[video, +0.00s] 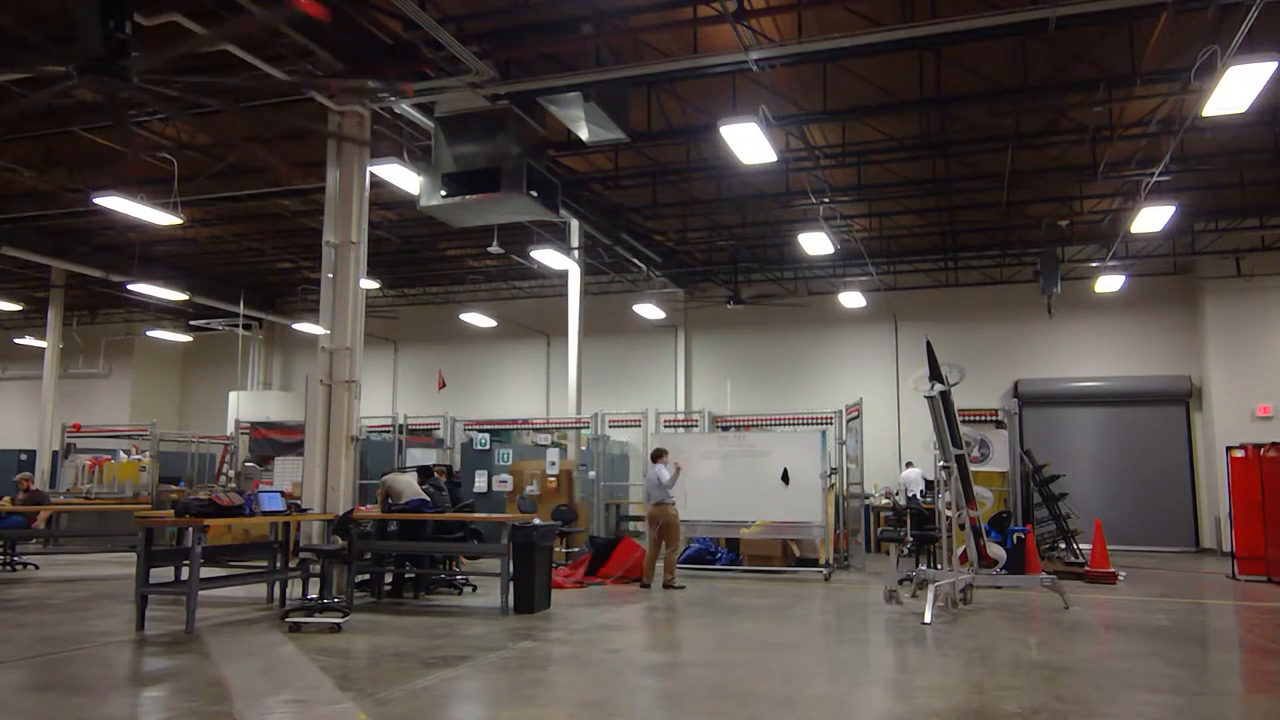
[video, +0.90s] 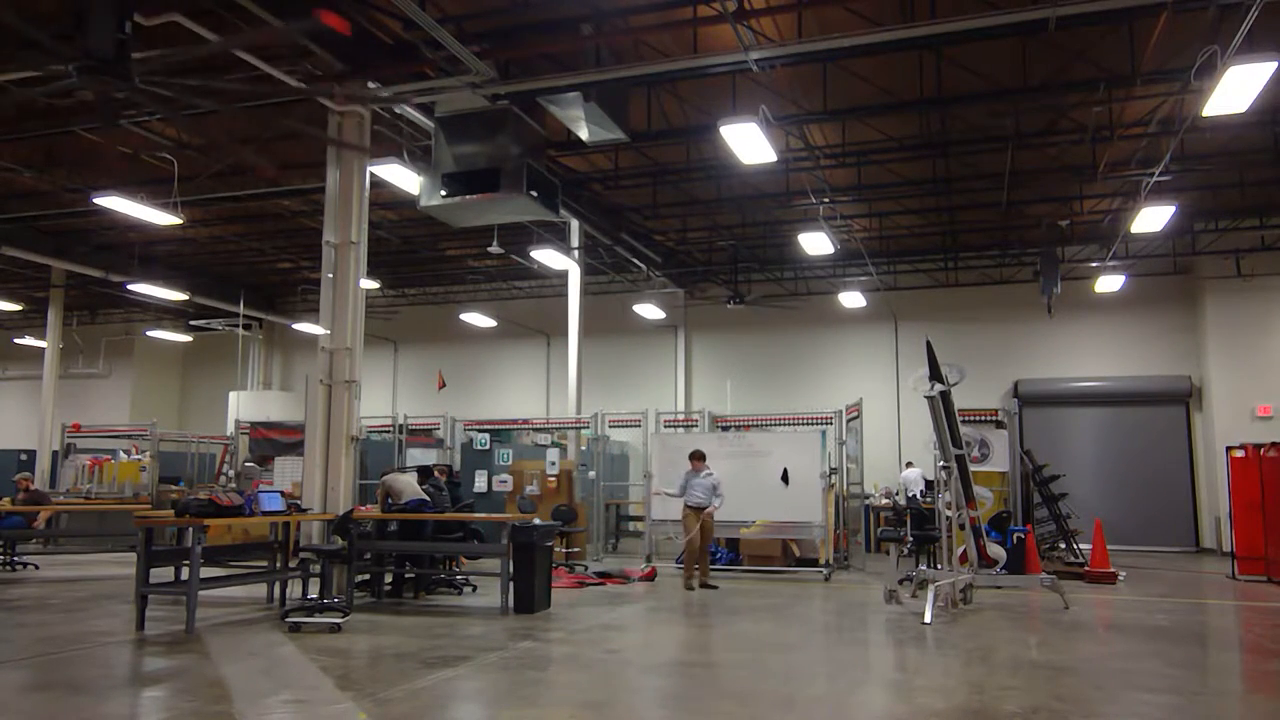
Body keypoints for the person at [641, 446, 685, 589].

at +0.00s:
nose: (667, 460)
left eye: (667, 457)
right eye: (666, 457)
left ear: (654, 459)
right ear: (661, 458)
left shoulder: (649, 473)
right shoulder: (660, 468)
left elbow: (647, 494)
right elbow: (668, 484)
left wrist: (648, 508)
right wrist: (677, 472)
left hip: (654, 507)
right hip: (667, 507)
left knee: (653, 547)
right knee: (672, 547)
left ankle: (646, 579)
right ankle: (669, 579)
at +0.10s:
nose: (671, 460)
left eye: (671, 458)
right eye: (670, 458)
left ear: (659, 459)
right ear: (665, 458)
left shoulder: (658, 470)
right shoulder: (663, 470)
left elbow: (660, 488)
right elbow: (664, 486)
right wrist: (671, 474)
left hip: (660, 507)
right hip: (669, 507)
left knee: (659, 547)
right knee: (672, 546)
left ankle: (649, 578)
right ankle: (669, 579)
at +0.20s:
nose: (675, 461)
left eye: (675, 458)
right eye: (673, 458)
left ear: (672, 460)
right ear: (666, 459)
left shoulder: (672, 475)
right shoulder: (662, 474)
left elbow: (674, 493)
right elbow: (662, 488)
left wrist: (687, 497)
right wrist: (666, 474)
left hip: (674, 507)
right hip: (667, 507)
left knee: (670, 545)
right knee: (672, 546)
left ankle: (658, 576)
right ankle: (667, 579)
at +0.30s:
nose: (678, 459)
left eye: (678, 457)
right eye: (675, 457)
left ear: (678, 459)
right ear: (668, 458)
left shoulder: (677, 475)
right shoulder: (666, 472)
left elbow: (682, 496)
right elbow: (659, 490)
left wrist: (697, 496)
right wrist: (660, 475)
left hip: (678, 508)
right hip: (669, 508)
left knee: (680, 546)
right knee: (674, 546)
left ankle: (670, 578)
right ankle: (668, 579)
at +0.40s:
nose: (679, 459)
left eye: (681, 456)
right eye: (676, 457)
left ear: (683, 458)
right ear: (671, 459)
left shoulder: (683, 476)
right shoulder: (668, 473)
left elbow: (688, 496)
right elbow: (657, 489)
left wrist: (703, 496)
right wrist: (654, 476)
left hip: (682, 511)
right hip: (670, 510)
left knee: (685, 545)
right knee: (672, 547)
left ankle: (684, 577)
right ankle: (667, 579)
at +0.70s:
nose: (692, 461)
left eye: (695, 458)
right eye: (689, 458)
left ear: (699, 460)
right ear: (685, 461)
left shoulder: (704, 477)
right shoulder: (682, 476)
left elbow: (707, 495)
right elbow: (671, 492)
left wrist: (712, 504)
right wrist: (656, 485)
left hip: (699, 511)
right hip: (684, 510)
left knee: (702, 546)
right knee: (684, 546)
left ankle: (703, 580)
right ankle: (670, 579)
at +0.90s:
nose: (692, 465)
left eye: (694, 462)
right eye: (691, 462)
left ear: (702, 462)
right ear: (691, 462)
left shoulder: (713, 477)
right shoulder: (689, 475)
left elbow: (719, 496)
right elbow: (680, 493)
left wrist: (713, 507)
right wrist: (662, 491)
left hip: (706, 511)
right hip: (690, 510)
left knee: (705, 546)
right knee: (693, 544)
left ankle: (703, 579)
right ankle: (688, 579)